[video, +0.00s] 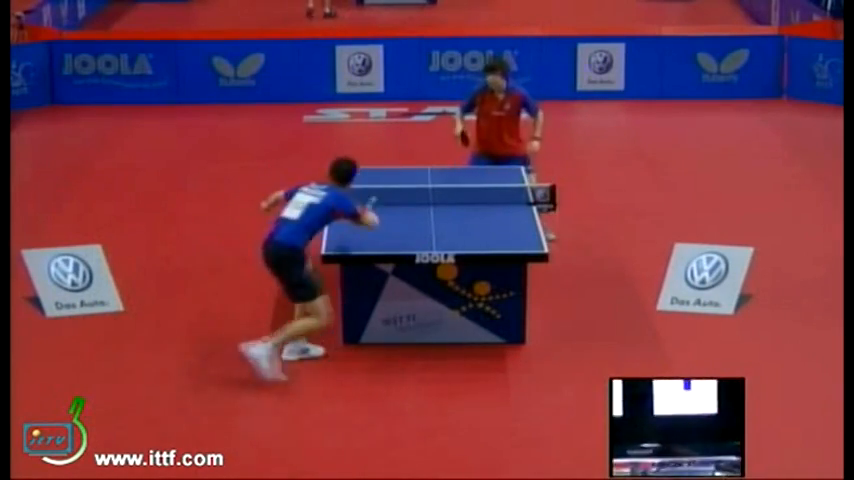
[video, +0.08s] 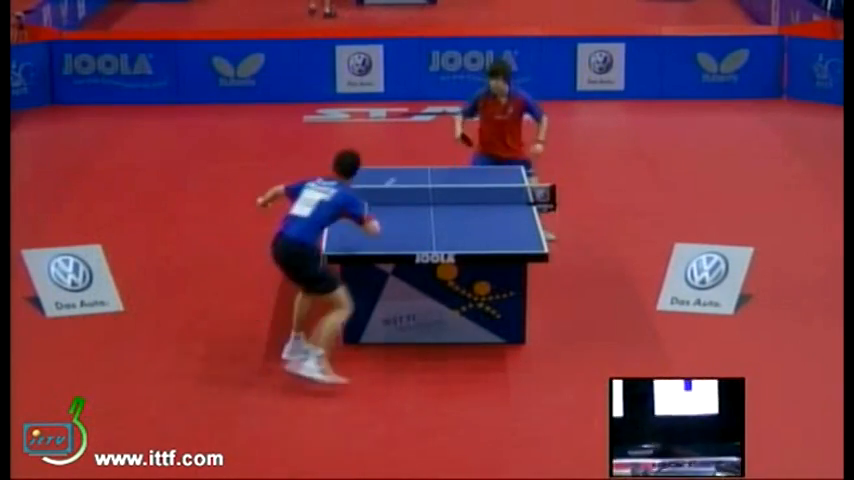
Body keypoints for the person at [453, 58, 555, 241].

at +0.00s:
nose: (492, 81)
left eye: (496, 77)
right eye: (489, 77)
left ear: (504, 77)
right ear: (486, 78)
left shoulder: (517, 95)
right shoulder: (481, 94)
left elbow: (538, 113)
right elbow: (462, 111)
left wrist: (536, 139)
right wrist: (460, 129)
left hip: (514, 155)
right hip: (485, 153)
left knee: (528, 192)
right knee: (470, 188)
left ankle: (537, 229)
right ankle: (469, 231)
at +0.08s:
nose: (496, 85)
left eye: (500, 80)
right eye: (493, 80)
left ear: (507, 82)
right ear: (489, 81)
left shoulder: (519, 98)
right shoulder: (483, 98)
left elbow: (542, 117)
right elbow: (462, 114)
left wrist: (539, 142)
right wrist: (459, 132)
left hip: (515, 156)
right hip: (487, 155)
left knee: (530, 191)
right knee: (474, 189)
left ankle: (535, 229)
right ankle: (472, 231)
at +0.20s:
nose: (496, 95)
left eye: (499, 91)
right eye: (493, 91)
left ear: (506, 92)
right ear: (489, 92)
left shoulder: (518, 109)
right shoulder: (482, 107)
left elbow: (542, 127)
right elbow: (459, 123)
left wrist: (541, 149)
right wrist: (458, 139)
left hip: (514, 161)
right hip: (486, 160)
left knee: (530, 194)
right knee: (479, 197)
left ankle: (537, 229)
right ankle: (476, 232)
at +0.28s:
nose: (494, 103)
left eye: (498, 99)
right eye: (491, 98)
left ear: (504, 100)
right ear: (487, 99)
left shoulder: (516, 116)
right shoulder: (480, 114)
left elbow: (541, 135)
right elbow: (454, 131)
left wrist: (540, 150)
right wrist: (457, 144)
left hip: (509, 167)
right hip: (483, 167)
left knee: (526, 199)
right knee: (476, 202)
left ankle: (537, 231)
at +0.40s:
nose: (496, 113)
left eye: (500, 109)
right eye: (493, 108)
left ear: (506, 109)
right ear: (487, 107)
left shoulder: (515, 122)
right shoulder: (479, 120)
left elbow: (537, 143)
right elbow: (449, 137)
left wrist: (538, 151)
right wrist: (464, 152)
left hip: (504, 172)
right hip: (478, 171)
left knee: (520, 203)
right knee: (473, 208)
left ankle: (536, 232)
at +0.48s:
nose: (499, 114)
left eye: (503, 110)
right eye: (496, 109)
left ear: (509, 110)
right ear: (490, 107)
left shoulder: (516, 122)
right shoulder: (480, 120)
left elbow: (537, 143)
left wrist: (536, 150)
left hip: (502, 169)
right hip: (478, 169)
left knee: (518, 201)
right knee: (474, 205)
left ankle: (535, 231)